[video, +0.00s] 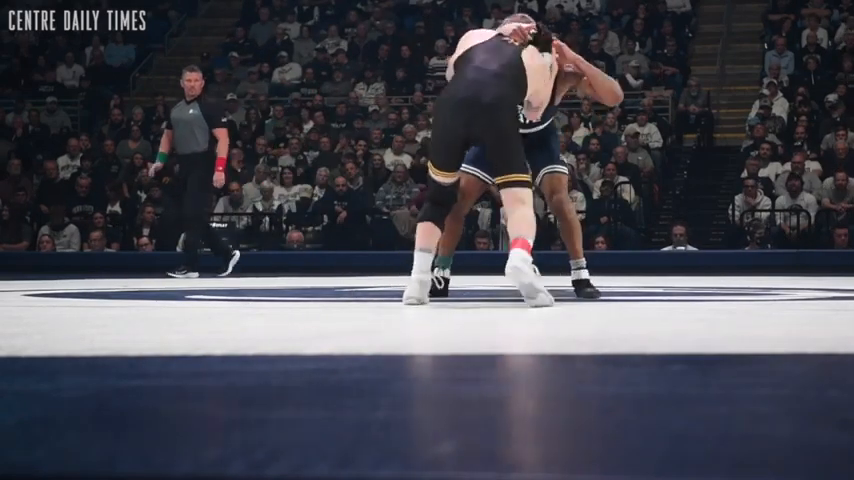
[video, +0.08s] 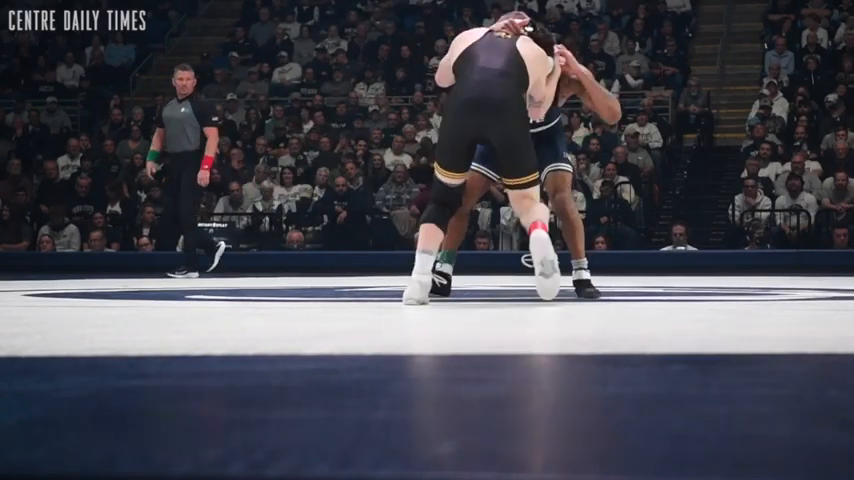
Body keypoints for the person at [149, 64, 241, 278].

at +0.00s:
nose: (191, 85)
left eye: (195, 81)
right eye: (188, 81)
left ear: (202, 82)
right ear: (182, 83)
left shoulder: (210, 106)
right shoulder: (176, 109)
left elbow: (223, 138)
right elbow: (167, 136)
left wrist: (220, 169)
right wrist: (160, 160)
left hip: (202, 164)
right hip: (183, 165)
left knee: (194, 212)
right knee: (191, 214)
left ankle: (190, 265)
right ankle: (227, 253)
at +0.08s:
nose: (184, 84)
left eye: (188, 79)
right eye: (180, 79)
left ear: (194, 81)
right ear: (173, 82)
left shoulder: (201, 104)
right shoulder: (167, 107)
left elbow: (213, 137)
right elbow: (159, 134)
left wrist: (206, 166)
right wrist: (151, 158)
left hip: (192, 162)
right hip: (172, 163)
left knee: (186, 212)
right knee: (173, 213)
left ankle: (189, 265)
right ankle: (212, 246)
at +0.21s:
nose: (171, 81)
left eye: (175, 77)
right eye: (166, 77)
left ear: (181, 79)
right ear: (160, 80)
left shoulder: (187, 102)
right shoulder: (155, 106)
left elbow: (196, 134)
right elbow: (148, 133)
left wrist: (181, 161)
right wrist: (140, 160)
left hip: (181, 161)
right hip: (160, 162)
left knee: (180, 210)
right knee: (151, 207)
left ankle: (187, 262)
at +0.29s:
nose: (161, 81)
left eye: (165, 77)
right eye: (157, 77)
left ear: (171, 79)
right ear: (150, 79)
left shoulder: (179, 102)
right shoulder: (145, 105)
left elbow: (186, 134)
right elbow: (139, 134)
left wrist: (166, 158)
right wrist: (132, 161)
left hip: (176, 163)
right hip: (150, 164)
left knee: (177, 211)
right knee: (137, 207)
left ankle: (188, 264)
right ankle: (142, 262)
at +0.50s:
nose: (134, 83)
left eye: (138, 78)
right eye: (130, 78)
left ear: (145, 80)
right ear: (123, 81)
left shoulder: (152, 103)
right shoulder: (118, 106)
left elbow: (161, 135)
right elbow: (114, 137)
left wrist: (140, 159)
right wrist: (108, 165)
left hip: (150, 164)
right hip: (126, 166)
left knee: (162, 211)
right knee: (119, 213)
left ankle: (184, 260)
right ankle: (113, 265)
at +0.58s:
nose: (123, 81)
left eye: (127, 76)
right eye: (119, 76)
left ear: (133, 79)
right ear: (112, 78)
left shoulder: (141, 101)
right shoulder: (108, 104)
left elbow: (152, 133)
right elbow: (103, 134)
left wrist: (135, 159)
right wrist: (97, 163)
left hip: (137, 161)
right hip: (113, 162)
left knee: (140, 210)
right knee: (110, 212)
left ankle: (174, 251)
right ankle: (111, 265)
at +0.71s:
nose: (108, 78)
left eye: (112, 74)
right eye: (104, 74)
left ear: (119, 76)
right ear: (97, 76)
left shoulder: (128, 98)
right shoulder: (90, 102)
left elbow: (140, 131)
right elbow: (85, 132)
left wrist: (127, 160)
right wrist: (76, 160)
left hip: (121, 159)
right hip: (98, 160)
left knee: (114, 206)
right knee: (102, 211)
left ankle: (145, 247)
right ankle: (110, 265)